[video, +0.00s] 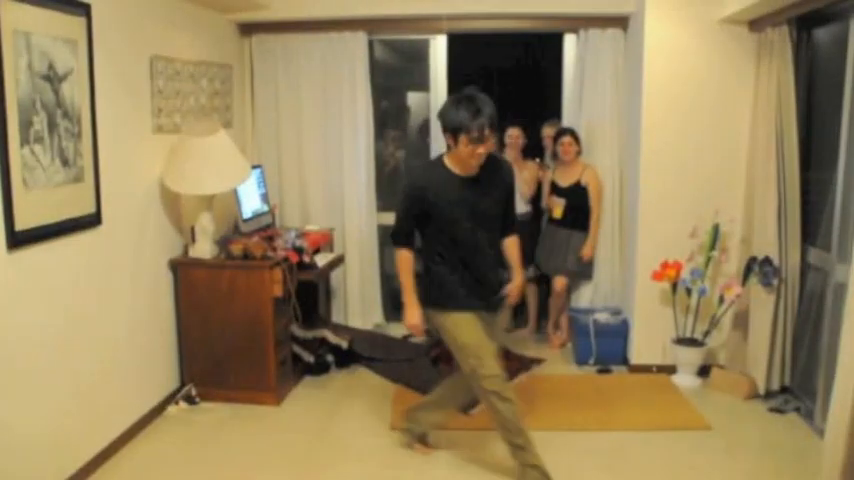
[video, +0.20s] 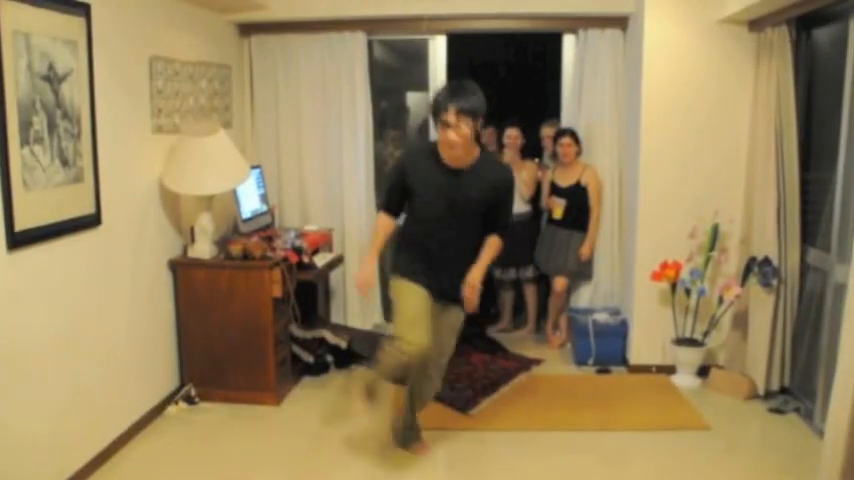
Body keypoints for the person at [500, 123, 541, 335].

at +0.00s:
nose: (513, 141)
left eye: (517, 137)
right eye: (510, 137)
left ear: (524, 141)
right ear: (503, 140)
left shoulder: (532, 167)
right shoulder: (499, 165)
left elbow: (528, 191)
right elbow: (495, 190)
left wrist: (513, 166)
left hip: (526, 215)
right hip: (504, 215)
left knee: (529, 270)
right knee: (507, 266)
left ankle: (532, 323)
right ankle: (506, 315)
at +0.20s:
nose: (511, 141)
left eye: (515, 137)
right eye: (507, 137)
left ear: (522, 141)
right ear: (502, 140)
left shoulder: (529, 166)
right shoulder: (497, 165)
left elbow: (527, 193)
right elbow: (493, 193)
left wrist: (514, 168)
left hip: (524, 219)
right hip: (503, 219)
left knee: (527, 275)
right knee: (504, 274)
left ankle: (531, 322)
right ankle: (505, 319)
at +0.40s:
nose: (511, 141)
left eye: (515, 137)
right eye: (507, 137)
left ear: (522, 141)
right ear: (502, 140)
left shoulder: (528, 165)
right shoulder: (496, 164)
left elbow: (526, 194)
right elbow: (490, 192)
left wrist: (514, 172)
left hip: (522, 218)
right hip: (501, 218)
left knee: (526, 275)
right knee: (503, 275)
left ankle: (530, 322)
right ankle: (504, 319)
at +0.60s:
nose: (511, 142)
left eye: (515, 138)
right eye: (507, 137)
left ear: (521, 141)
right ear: (502, 140)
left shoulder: (528, 166)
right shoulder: (493, 163)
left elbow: (525, 195)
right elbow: (489, 192)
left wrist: (513, 173)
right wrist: (500, 169)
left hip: (521, 218)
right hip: (498, 218)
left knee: (525, 275)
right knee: (502, 275)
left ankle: (529, 323)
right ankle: (504, 319)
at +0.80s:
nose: (510, 141)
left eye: (514, 137)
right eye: (506, 137)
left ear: (521, 141)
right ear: (500, 140)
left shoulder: (528, 166)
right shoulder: (494, 164)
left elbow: (524, 196)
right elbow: (490, 192)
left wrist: (513, 174)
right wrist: (500, 173)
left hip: (519, 218)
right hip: (497, 218)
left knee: (524, 274)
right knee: (503, 273)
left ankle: (529, 324)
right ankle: (503, 320)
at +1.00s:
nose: (509, 140)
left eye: (513, 136)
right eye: (506, 136)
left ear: (520, 140)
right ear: (500, 140)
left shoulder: (527, 167)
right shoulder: (495, 165)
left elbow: (523, 196)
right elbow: (491, 192)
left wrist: (515, 175)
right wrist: (501, 175)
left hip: (519, 218)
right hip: (497, 218)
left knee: (523, 274)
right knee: (500, 274)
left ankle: (528, 324)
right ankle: (500, 321)